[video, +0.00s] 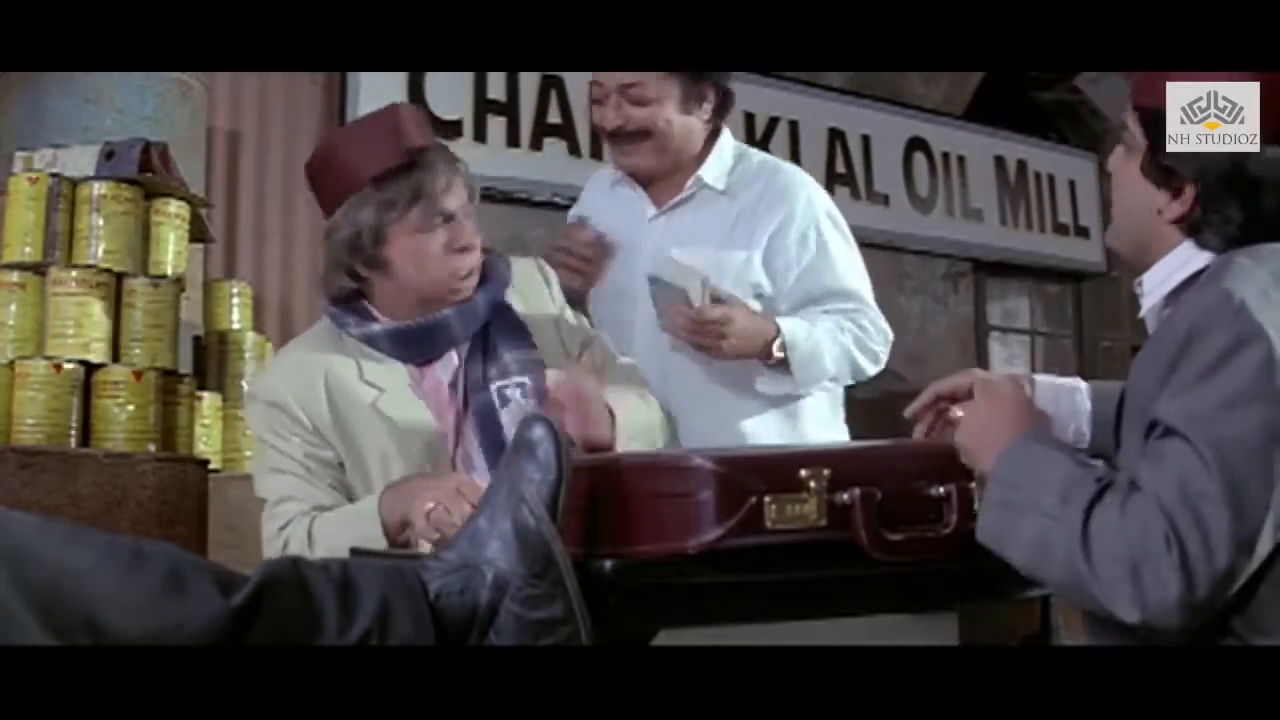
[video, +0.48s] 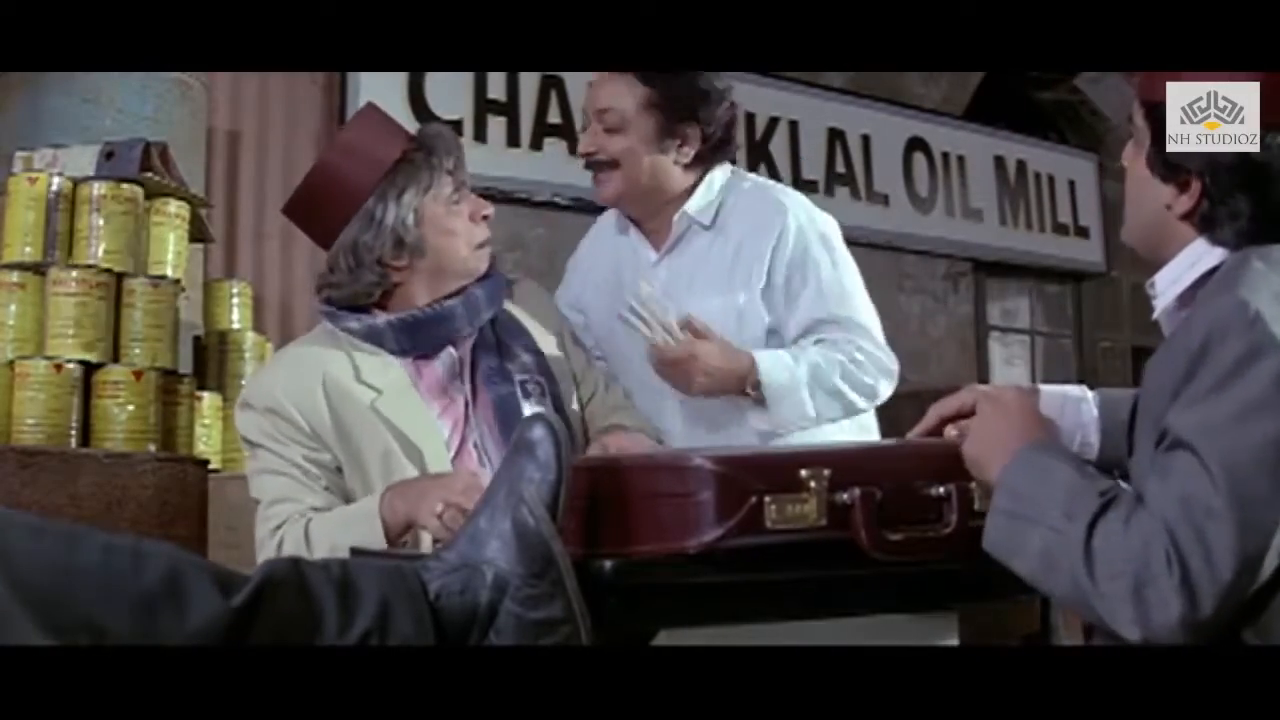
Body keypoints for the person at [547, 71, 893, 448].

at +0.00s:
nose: (611, 119)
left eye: (636, 99)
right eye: (598, 100)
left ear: (704, 102)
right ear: (589, 103)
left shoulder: (786, 197)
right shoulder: (601, 195)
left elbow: (863, 335)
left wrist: (773, 339)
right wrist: (566, 290)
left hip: (773, 486)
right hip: (633, 481)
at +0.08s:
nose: (633, 131)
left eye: (656, 108)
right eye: (617, 110)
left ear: (720, 104)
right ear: (606, 110)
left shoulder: (800, 198)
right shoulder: (604, 204)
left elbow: (869, 340)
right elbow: (565, 345)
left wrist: (762, 336)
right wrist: (595, 312)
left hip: (784, 489)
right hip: (645, 485)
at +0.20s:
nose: (625, 119)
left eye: (649, 100)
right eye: (618, 101)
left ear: (721, 113)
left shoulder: (813, 197)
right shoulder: (623, 198)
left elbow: (880, 341)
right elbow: (580, 340)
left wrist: (762, 338)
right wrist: (613, 327)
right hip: (661, 488)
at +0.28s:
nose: (617, 123)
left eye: (641, 105)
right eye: (616, 103)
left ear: (716, 123)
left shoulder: (807, 200)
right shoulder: (621, 208)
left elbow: (883, 341)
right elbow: (587, 361)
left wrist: (758, 351)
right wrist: (591, 307)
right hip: (661, 496)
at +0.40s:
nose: (598, 136)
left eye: (622, 117)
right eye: (598, 117)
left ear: (694, 134)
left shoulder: (793, 219)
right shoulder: (597, 249)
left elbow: (878, 351)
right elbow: (571, 377)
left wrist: (771, 377)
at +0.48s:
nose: (586, 146)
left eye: (610, 128)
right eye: (588, 128)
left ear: (683, 143)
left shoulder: (785, 224)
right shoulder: (592, 260)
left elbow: (865, 363)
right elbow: (576, 390)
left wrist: (750, 374)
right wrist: (611, 434)